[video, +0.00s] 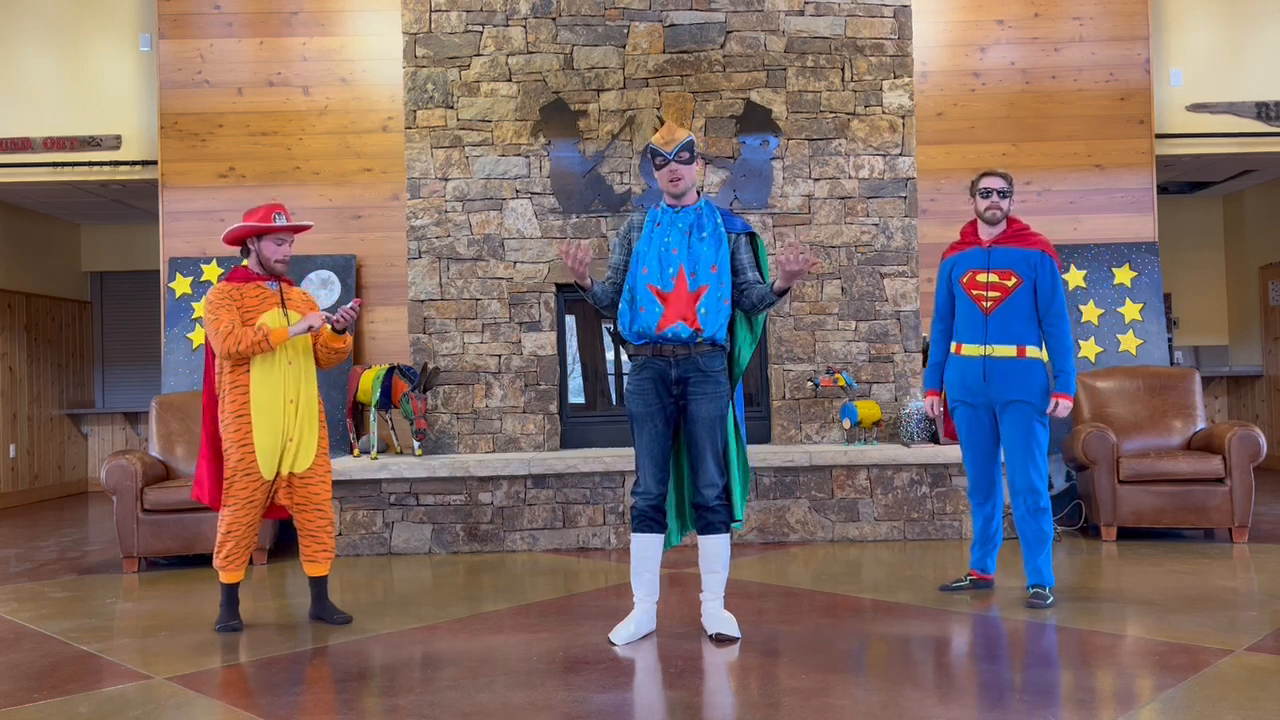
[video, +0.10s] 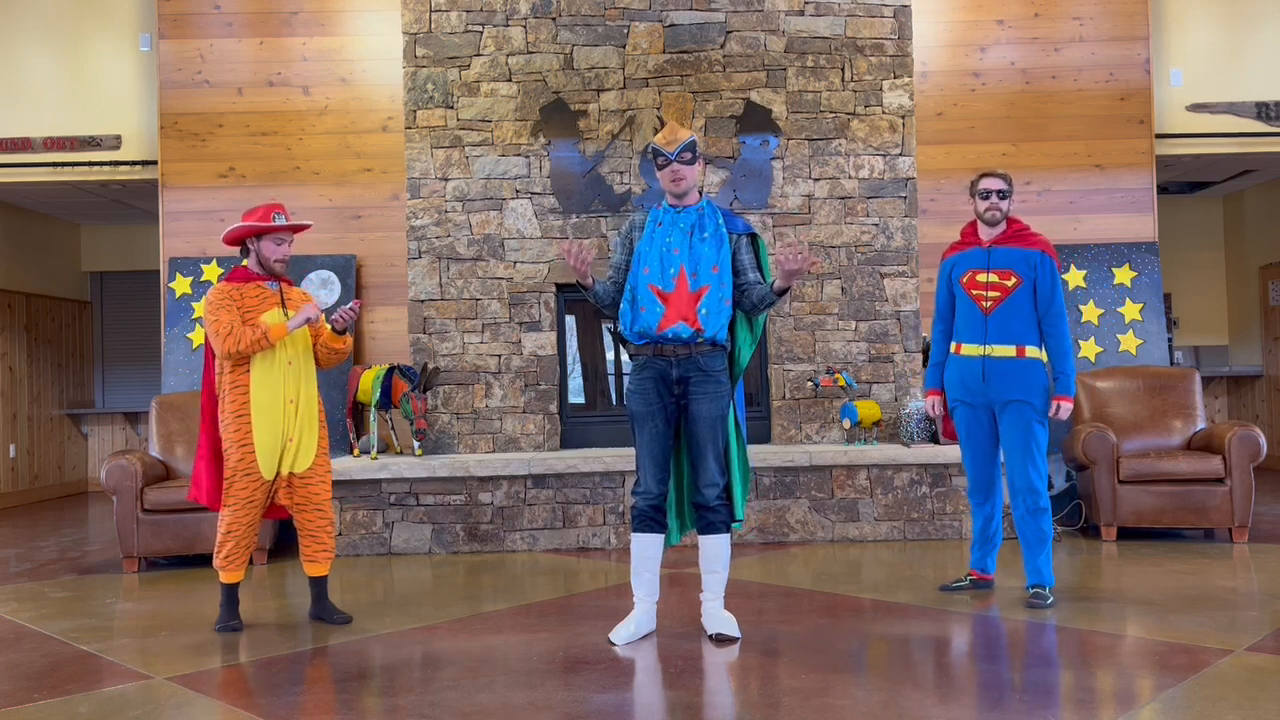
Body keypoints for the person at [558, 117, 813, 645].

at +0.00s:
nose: (673, 170)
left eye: (683, 159)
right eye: (662, 162)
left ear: (699, 165)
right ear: (651, 170)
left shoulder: (727, 225)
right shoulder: (636, 223)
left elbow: (751, 299)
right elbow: (610, 300)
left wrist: (780, 283)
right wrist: (585, 279)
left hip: (706, 365)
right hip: (646, 365)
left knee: (710, 485)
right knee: (649, 487)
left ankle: (714, 607)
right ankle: (644, 609)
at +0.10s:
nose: (677, 170)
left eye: (686, 160)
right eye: (666, 163)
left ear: (701, 165)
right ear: (655, 171)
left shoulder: (730, 226)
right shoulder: (638, 224)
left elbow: (751, 300)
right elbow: (612, 300)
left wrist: (780, 283)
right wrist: (588, 280)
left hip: (707, 365)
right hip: (648, 366)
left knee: (711, 486)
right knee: (650, 487)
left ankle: (714, 608)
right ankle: (644, 610)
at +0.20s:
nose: (680, 171)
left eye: (689, 161)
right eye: (669, 163)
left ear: (703, 166)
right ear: (657, 170)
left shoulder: (731, 225)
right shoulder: (641, 222)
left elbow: (752, 301)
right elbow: (614, 299)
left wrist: (780, 283)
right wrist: (589, 279)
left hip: (708, 365)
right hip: (649, 365)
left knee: (711, 486)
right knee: (650, 487)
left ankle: (714, 608)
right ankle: (644, 609)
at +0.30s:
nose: (683, 173)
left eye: (692, 163)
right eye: (673, 165)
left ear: (705, 166)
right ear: (661, 170)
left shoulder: (733, 225)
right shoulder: (642, 223)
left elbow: (754, 301)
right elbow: (613, 300)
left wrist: (781, 288)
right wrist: (589, 285)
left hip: (710, 366)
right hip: (651, 366)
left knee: (713, 487)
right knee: (651, 488)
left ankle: (714, 608)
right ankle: (644, 609)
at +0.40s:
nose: (688, 170)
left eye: (698, 160)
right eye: (678, 161)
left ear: (711, 166)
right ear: (665, 167)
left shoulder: (735, 224)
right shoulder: (643, 225)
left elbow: (757, 288)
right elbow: (618, 295)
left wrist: (772, 308)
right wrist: (595, 308)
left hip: (711, 365)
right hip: (653, 366)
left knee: (714, 487)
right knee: (652, 488)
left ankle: (715, 608)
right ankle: (644, 609)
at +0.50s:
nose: (692, 170)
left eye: (702, 161)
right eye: (682, 161)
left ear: (716, 166)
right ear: (669, 166)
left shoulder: (740, 226)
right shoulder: (646, 223)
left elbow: (762, 296)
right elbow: (616, 290)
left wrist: (770, 358)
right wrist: (600, 348)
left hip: (715, 366)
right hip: (654, 366)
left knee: (716, 488)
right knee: (653, 489)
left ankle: (715, 607)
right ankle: (644, 609)